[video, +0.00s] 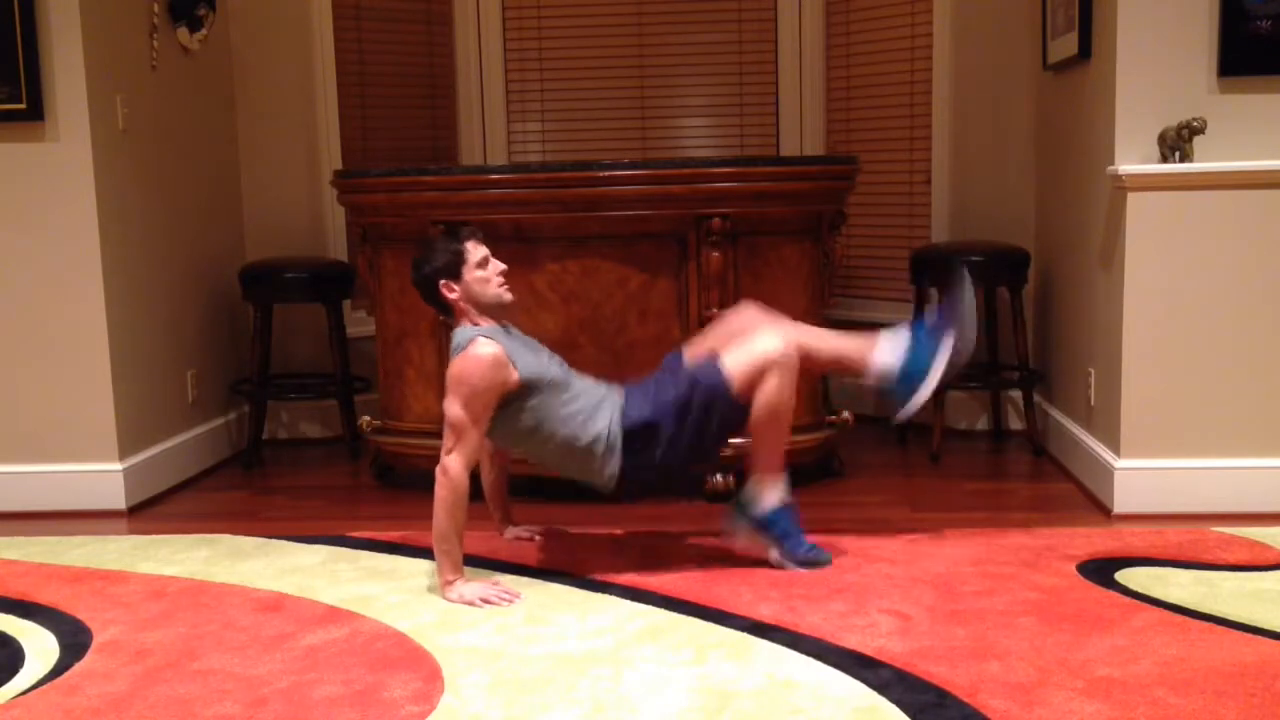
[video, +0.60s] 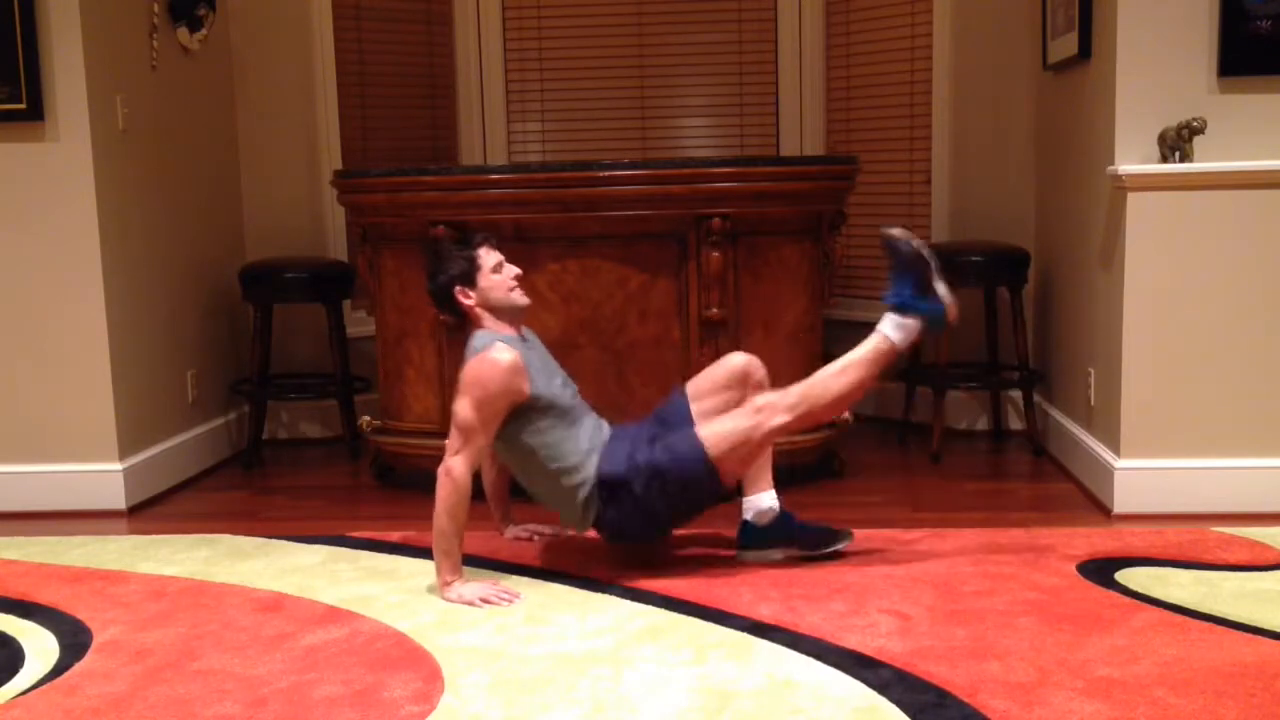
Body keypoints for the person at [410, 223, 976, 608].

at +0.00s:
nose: (500, 269)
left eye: (494, 260)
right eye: (484, 266)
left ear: (472, 284)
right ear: (452, 293)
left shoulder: (493, 337)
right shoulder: (476, 360)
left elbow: (487, 440)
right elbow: (452, 465)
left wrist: (499, 521)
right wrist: (451, 577)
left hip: (633, 412)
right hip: (633, 446)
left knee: (752, 316)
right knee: (772, 353)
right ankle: (761, 509)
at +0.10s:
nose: (510, 271)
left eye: (503, 263)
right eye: (494, 269)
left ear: (486, 291)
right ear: (467, 300)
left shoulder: (513, 340)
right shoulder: (492, 362)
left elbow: (492, 438)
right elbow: (456, 461)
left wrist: (500, 520)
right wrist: (447, 578)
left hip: (627, 459)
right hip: (620, 483)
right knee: (749, 376)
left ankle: (887, 317)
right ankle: (742, 529)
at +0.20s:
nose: (514, 270)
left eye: (507, 262)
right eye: (498, 268)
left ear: (490, 287)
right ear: (468, 297)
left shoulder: (511, 339)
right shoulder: (492, 361)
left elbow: (490, 439)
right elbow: (456, 463)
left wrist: (501, 521)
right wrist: (449, 578)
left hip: (624, 461)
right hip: (618, 486)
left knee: (773, 384)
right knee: (752, 377)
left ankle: (912, 355)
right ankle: (741, 532)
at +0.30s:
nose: (503, 266)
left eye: (498, 257)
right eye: (487, 262)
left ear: (479, 279)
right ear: (454, 287)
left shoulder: (498, 336)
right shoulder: (476, 355)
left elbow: (484, 438)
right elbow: (451, 464)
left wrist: (497, 520)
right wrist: (449, 576)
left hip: (636, 426)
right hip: (626, 454)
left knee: (766, 338)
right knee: (782, 369)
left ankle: (892, 413)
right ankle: (749, 524)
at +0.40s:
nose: (495, 266)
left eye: (489, 257)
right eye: (478, 262)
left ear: (460, 284)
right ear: (446, 287)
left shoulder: (485, 333)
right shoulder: (468, 354)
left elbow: (488, 436)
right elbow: (450, 464)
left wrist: (501, 521)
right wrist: (449, 576)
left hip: (633, 410)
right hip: (630, 436)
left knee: (763, 316)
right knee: (766, 320)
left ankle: (817, 466)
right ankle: (808, 474)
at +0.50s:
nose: (500, 266)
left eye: (495, 258)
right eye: (484, 263)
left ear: (478, 278)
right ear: (451, 289)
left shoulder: (499, 336)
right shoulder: (471, 356)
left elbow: (487, 440)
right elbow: (446, 465)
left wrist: (499, 521)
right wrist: (448, 576)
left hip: (632, 431)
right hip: (622, 450)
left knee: (773, 364)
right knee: (754, 327)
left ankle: (771, 511)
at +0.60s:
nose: (514, 273)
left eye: (508, 265)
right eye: (497, 270)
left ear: (489, 290)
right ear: (468, 298)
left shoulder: (512, 341)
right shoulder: (489, 364)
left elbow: (491, 439)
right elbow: (454, 465)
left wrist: (500, 519)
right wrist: (447, 578)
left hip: (621, 449)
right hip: (617, 485)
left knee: (744, 371)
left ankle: (763, 521)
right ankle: (903, 322)